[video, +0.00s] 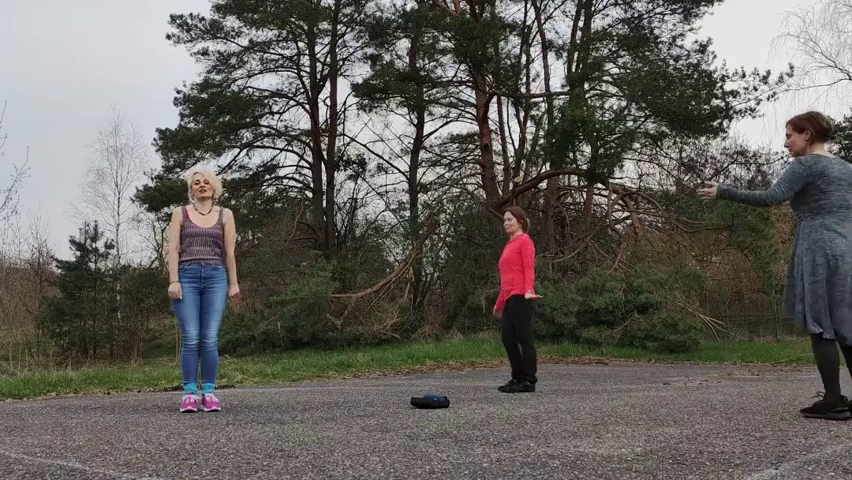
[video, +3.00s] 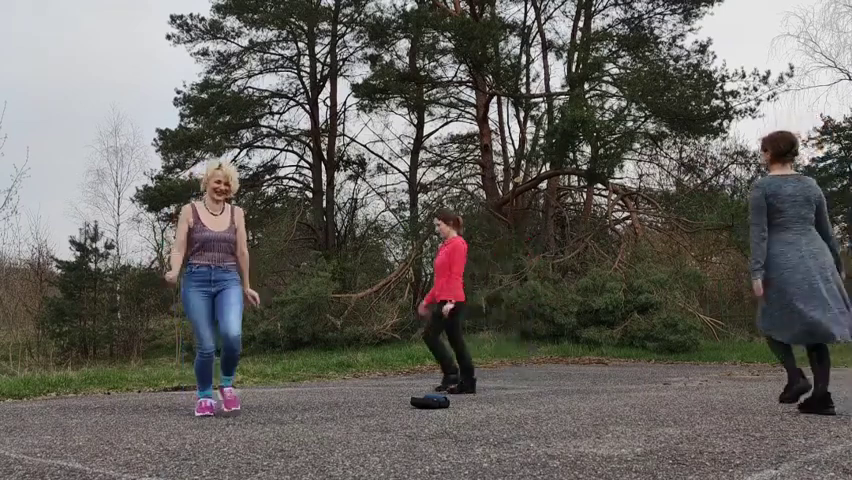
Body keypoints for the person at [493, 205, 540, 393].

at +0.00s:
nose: (506, 223)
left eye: (510, 219)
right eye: (505, 220)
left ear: (520, 221)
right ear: (504, 224)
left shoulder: (525, 241)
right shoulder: (510, 244)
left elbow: (529, 266)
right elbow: (507, 279)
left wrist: (529, 288)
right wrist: (499, 302)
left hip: (521, 296)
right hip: (509, 297)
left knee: (524, 337)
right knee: (508, 338)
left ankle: (528, 380)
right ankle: (518, 377)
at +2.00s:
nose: (497, 225)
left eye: (500, 221)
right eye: (496, 222)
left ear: (512, 221)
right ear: (500, 223)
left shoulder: (521, 241)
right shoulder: (504, 244)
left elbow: (527, 269)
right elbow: (501, 277)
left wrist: (525, 293)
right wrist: (491, 302)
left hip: (515, 297)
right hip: (504, 298)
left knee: (516, 340)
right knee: (514, 340)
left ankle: (526, 379)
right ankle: (519, 377)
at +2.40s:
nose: (487, 232)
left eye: (489, 227)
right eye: (485, 229)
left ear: (500, 225)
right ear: (489, 229)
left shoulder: (511, 245)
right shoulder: (495, 246)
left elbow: (516, 271)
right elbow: (498, 272)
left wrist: (509, 292)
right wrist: (492, 292)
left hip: (511, 300)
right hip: (496, 301)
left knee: (511, 340)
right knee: (487, 338)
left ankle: (527, 380)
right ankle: (506, 377)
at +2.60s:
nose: (473, 230)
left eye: (475, 225)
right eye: (472, 227)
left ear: (486, 222)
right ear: (480, 225)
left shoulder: (495, 240)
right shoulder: (488, 242)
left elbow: (480, 263)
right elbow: (501, 272)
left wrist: (456, 266)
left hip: (497, 298)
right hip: (485, 298)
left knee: (507, 336)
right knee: (472, 334)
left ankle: (525, 377)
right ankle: (467, 378)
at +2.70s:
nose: (465, 230)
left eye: (467, 226)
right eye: (464, 227)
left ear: (478, 223)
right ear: (475, 225)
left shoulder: (485, 241)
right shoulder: (482, 241)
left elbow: (468, 260)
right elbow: (495, 269)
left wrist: (442, 266)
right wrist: (502, 294)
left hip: (487, 298)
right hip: (475, 299)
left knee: (497, 336)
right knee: (466, 336)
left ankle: (521, 375)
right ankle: (467, 380)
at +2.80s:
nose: (456, 230)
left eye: (458, 226)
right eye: (455, 227)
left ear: (469, 224)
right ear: (468, 226)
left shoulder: (475, 244)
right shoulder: (475, 244)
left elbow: (457, 267)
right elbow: (484, 275)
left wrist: (434, 276)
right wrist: (487, 300)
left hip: (472, 300)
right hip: (466, 300)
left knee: (474, 340)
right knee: (463, 341)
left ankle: (509, 369)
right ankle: (468, 382)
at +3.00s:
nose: (437, 229)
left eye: (439, 225)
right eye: (436, 225)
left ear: (449, 224)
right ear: (446, 226)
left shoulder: (458, 244)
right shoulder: (445, 246)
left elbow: (456, 275)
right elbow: (440, 279)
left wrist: (450, 299)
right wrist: (427, 300)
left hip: (452, 300)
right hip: (443, 299)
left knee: (430, 335)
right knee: (456, 340)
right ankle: (467, 382)